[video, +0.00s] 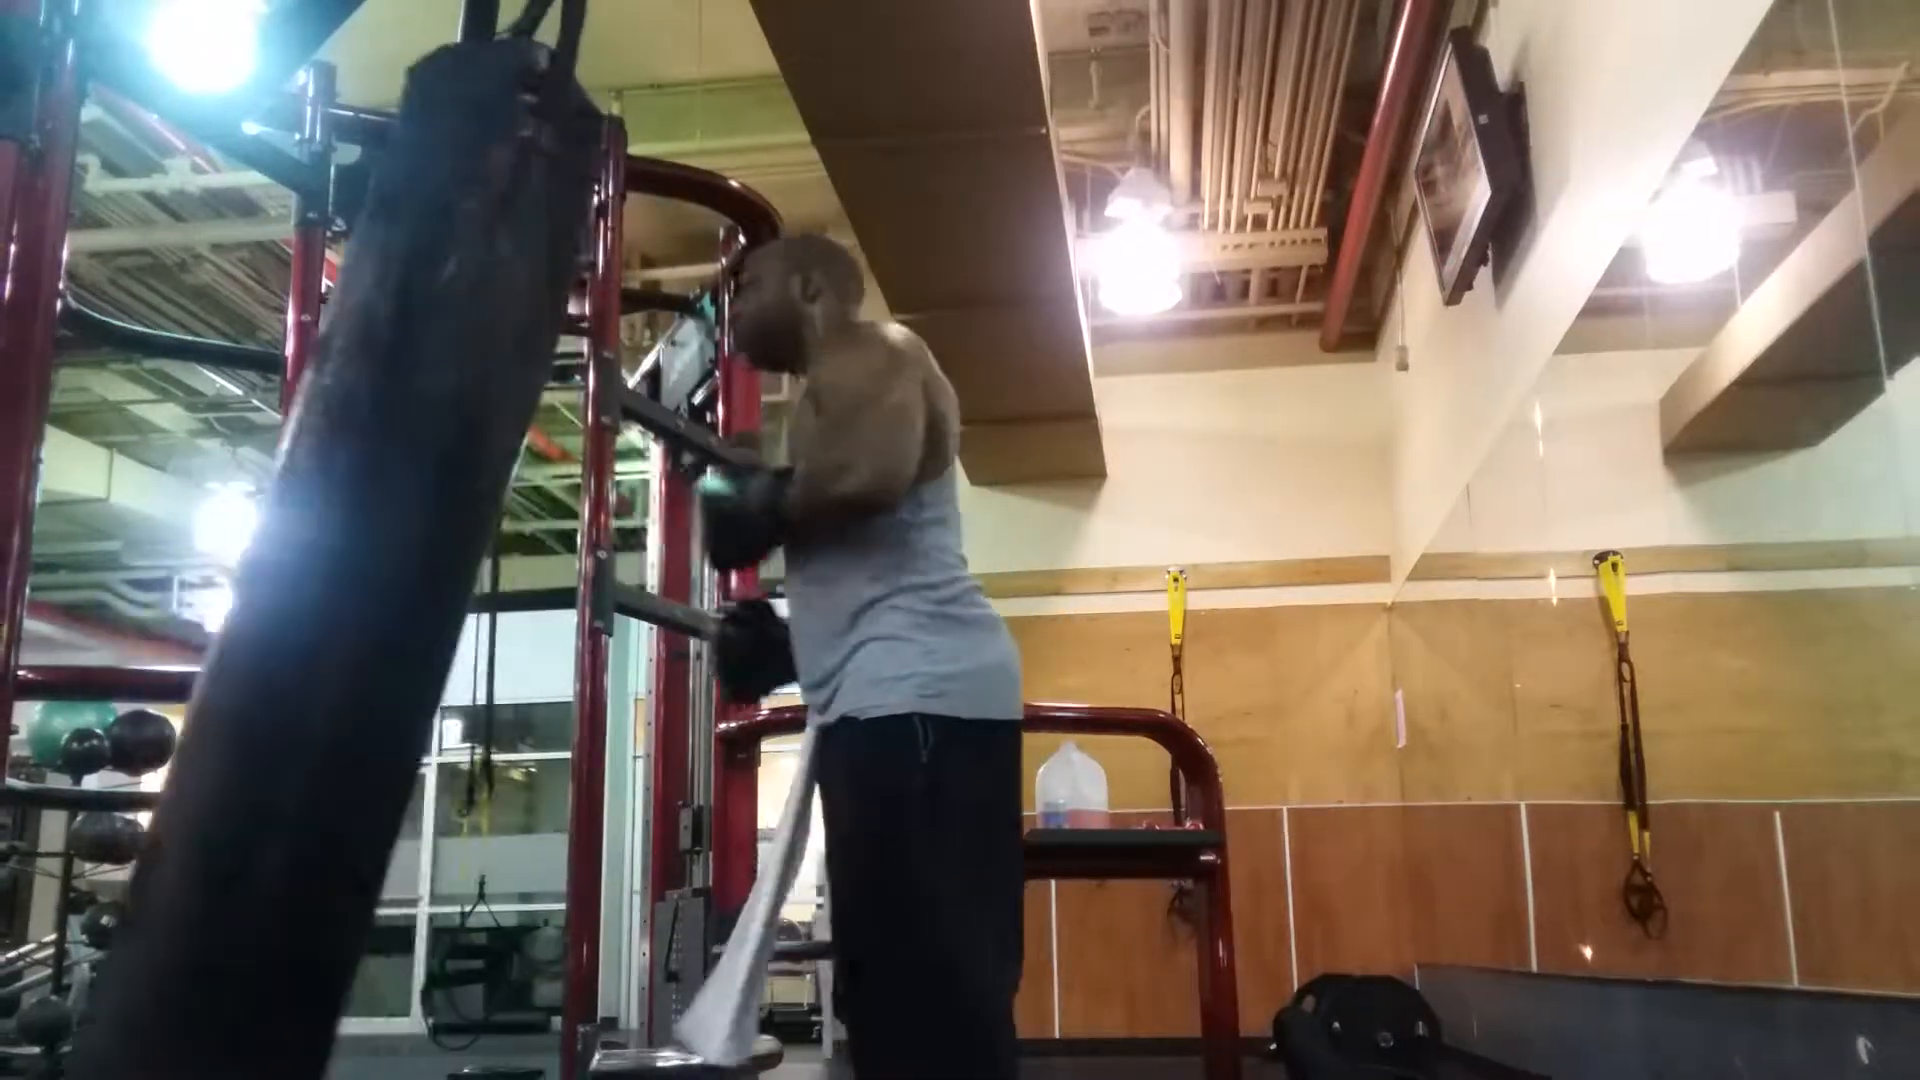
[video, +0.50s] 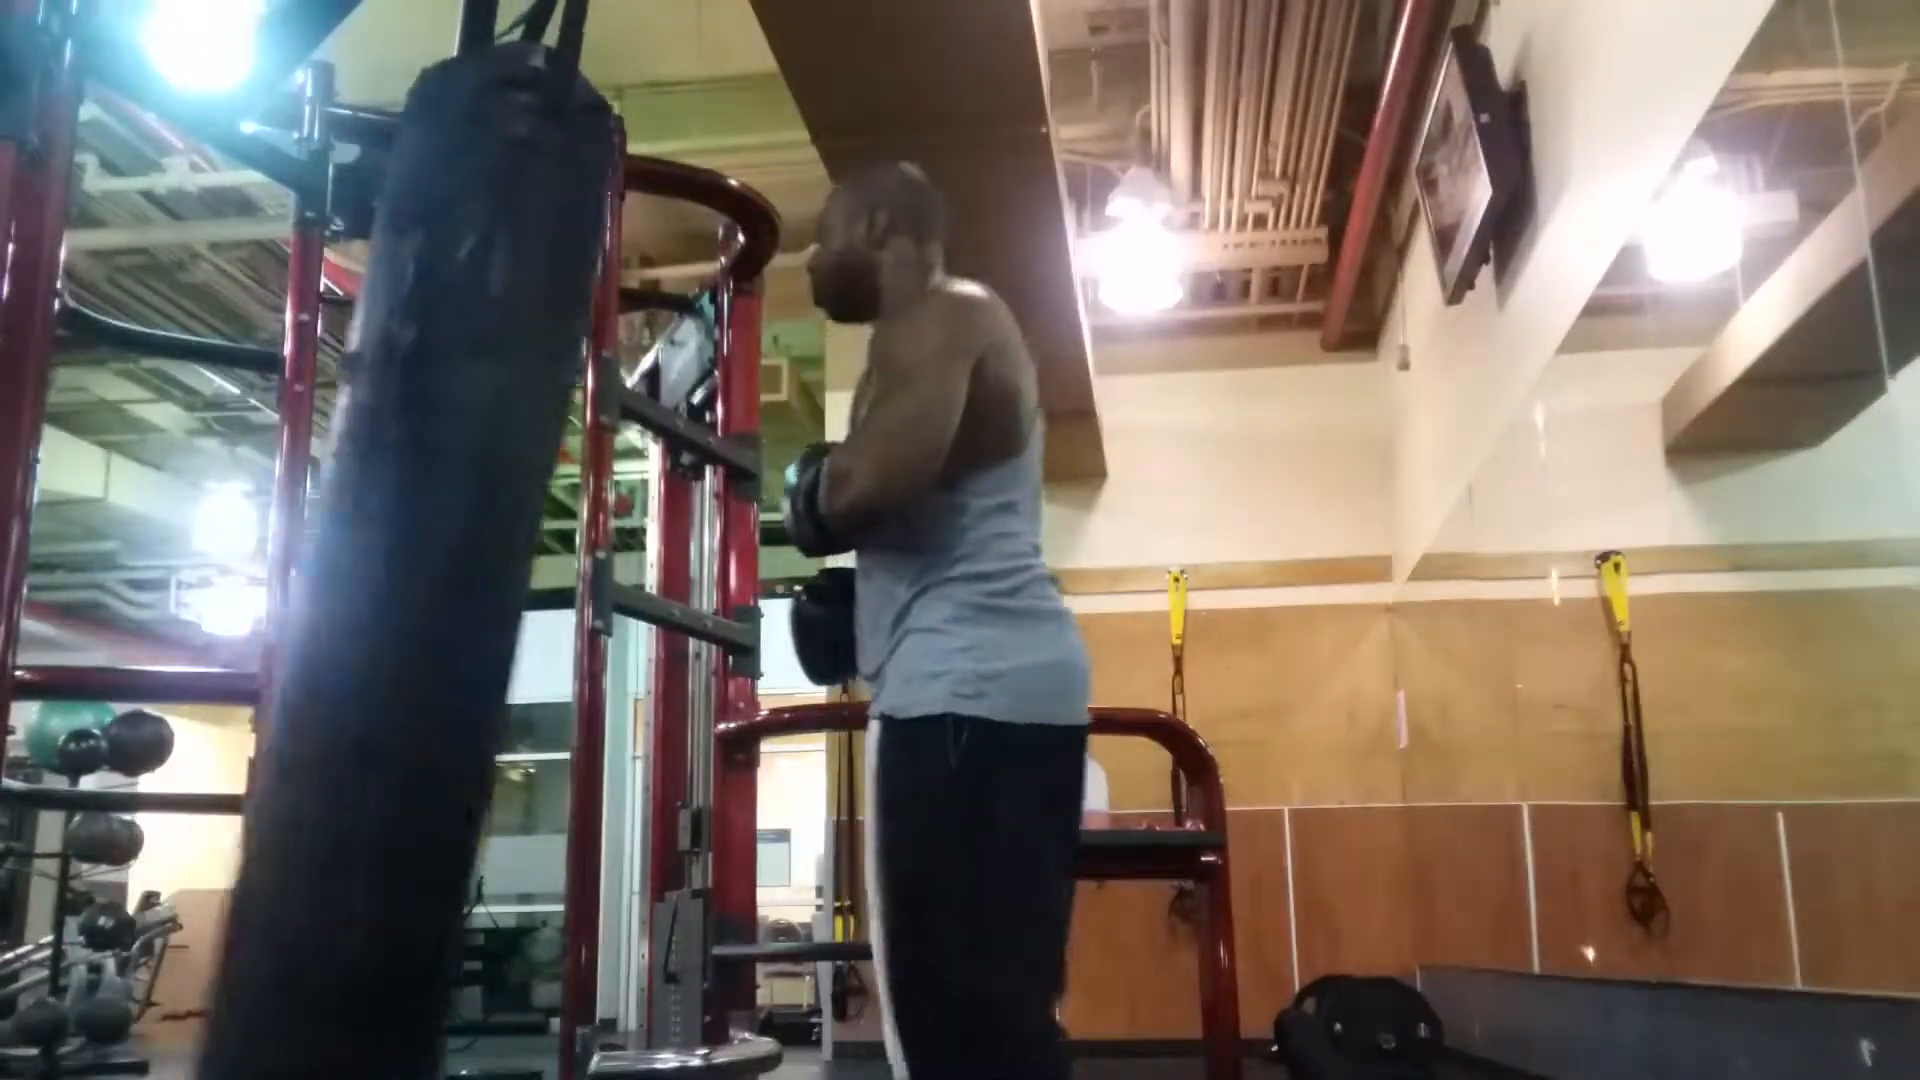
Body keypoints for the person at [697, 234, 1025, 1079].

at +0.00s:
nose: (730, 310)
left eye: (744, 285)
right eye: (731, 292)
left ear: (812, 288)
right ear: (814, 294)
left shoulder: (868, 349)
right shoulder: (822, 397)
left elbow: (873, 474)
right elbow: (884, 576)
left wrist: (765, 505)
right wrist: (789, 639)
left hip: (922, 696)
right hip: (884, 697)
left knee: (921, 988)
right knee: (896, 984)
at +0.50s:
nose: (811, 256)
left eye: (824, 235)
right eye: (815, 237)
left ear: (880, 234)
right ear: (895, 241)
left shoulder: (938, 313)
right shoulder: (938, 331)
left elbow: (885, 474)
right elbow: (963, 546)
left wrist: (815, 489)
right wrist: (868, 608)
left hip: (971, 699)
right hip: (978, 698)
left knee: (960, 1020)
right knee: (983, 1016)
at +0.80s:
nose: (839, 236)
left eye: (841, 206)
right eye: (836, 211)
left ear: (883, 183)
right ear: (950, 187)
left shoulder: (944, 266)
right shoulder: (1049, 293)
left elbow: (869, 469)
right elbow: (1107, 510)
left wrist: (850, 474)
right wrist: (934, 566)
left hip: (1018, 673)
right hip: (1104, 665)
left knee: (1012, 1020)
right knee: (1084, 1010)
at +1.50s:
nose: (813, 265)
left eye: (811, 235)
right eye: (803, 243)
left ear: (860, 201)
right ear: (894, 198)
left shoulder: (954, 269)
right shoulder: (1012, 270)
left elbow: (905, 473)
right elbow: (1083, 469)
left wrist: (839, 465)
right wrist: (895, 506)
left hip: (1002, 683)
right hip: (1069, 675)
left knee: (919, 994)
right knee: (1091, 979)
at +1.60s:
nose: (754, 251)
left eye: (751, 219)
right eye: (743, 228)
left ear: (801, 191)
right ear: (840, 190)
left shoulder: (905, 263)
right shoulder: (942, 260)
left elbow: (876, 463)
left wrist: (801, 480)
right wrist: (818, 457)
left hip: (960, 676)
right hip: (1021, 672)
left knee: (848, 1000)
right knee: (1066, 981)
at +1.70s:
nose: (691, 240)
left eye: (685, 211)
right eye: (682, 218)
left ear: (718, 181)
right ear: (781, 165)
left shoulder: (833, 238)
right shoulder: (895, 236)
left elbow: (798, 435)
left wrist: (726, 470)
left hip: (908, 663)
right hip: (997, 658)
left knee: (789, 977)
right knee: (1007, 940)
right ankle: (1109, 1072)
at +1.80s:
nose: (653, 227)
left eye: (646, 203)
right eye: (642, 208)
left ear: (679, 164)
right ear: (740, 145)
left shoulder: (761, 220)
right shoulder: (864, 228)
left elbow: (709, 436)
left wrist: (690, 467)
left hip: (876, 646)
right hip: (977, 638)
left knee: (753, 987)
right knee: (956, 952)